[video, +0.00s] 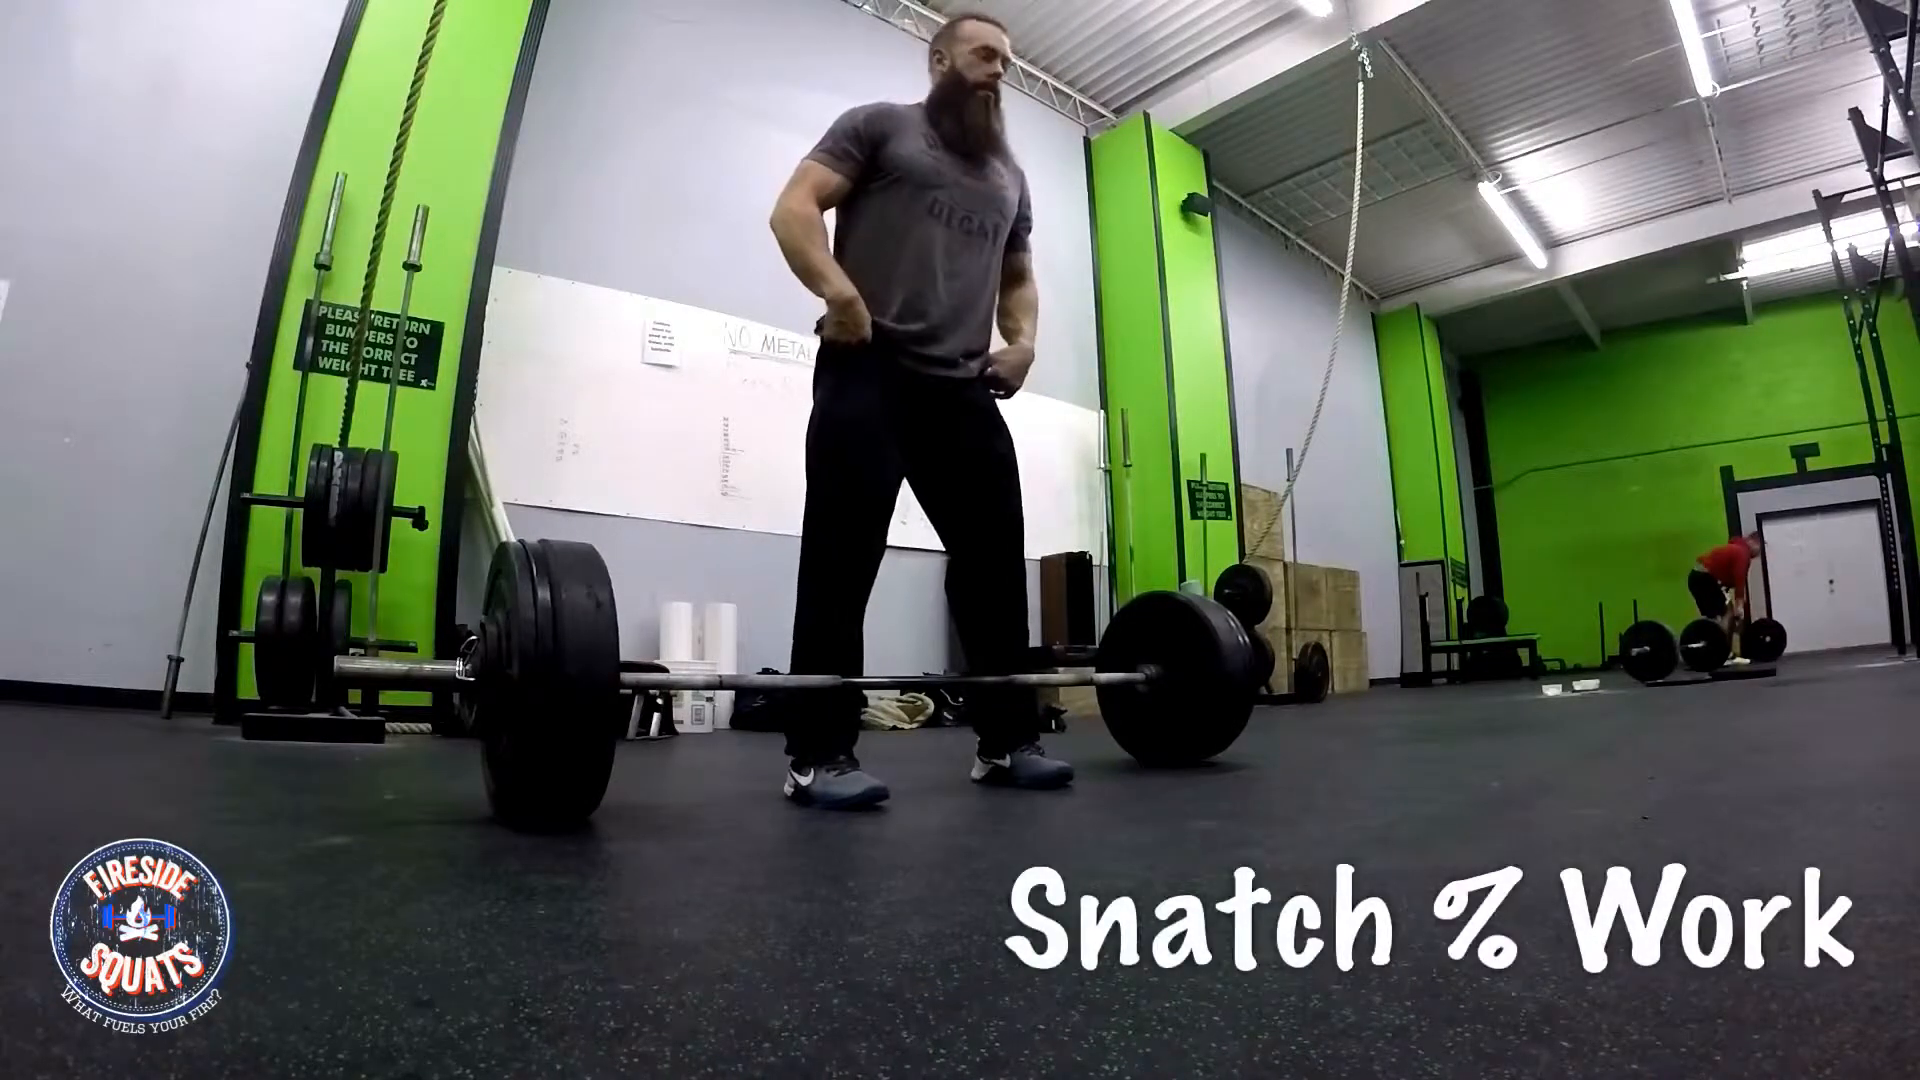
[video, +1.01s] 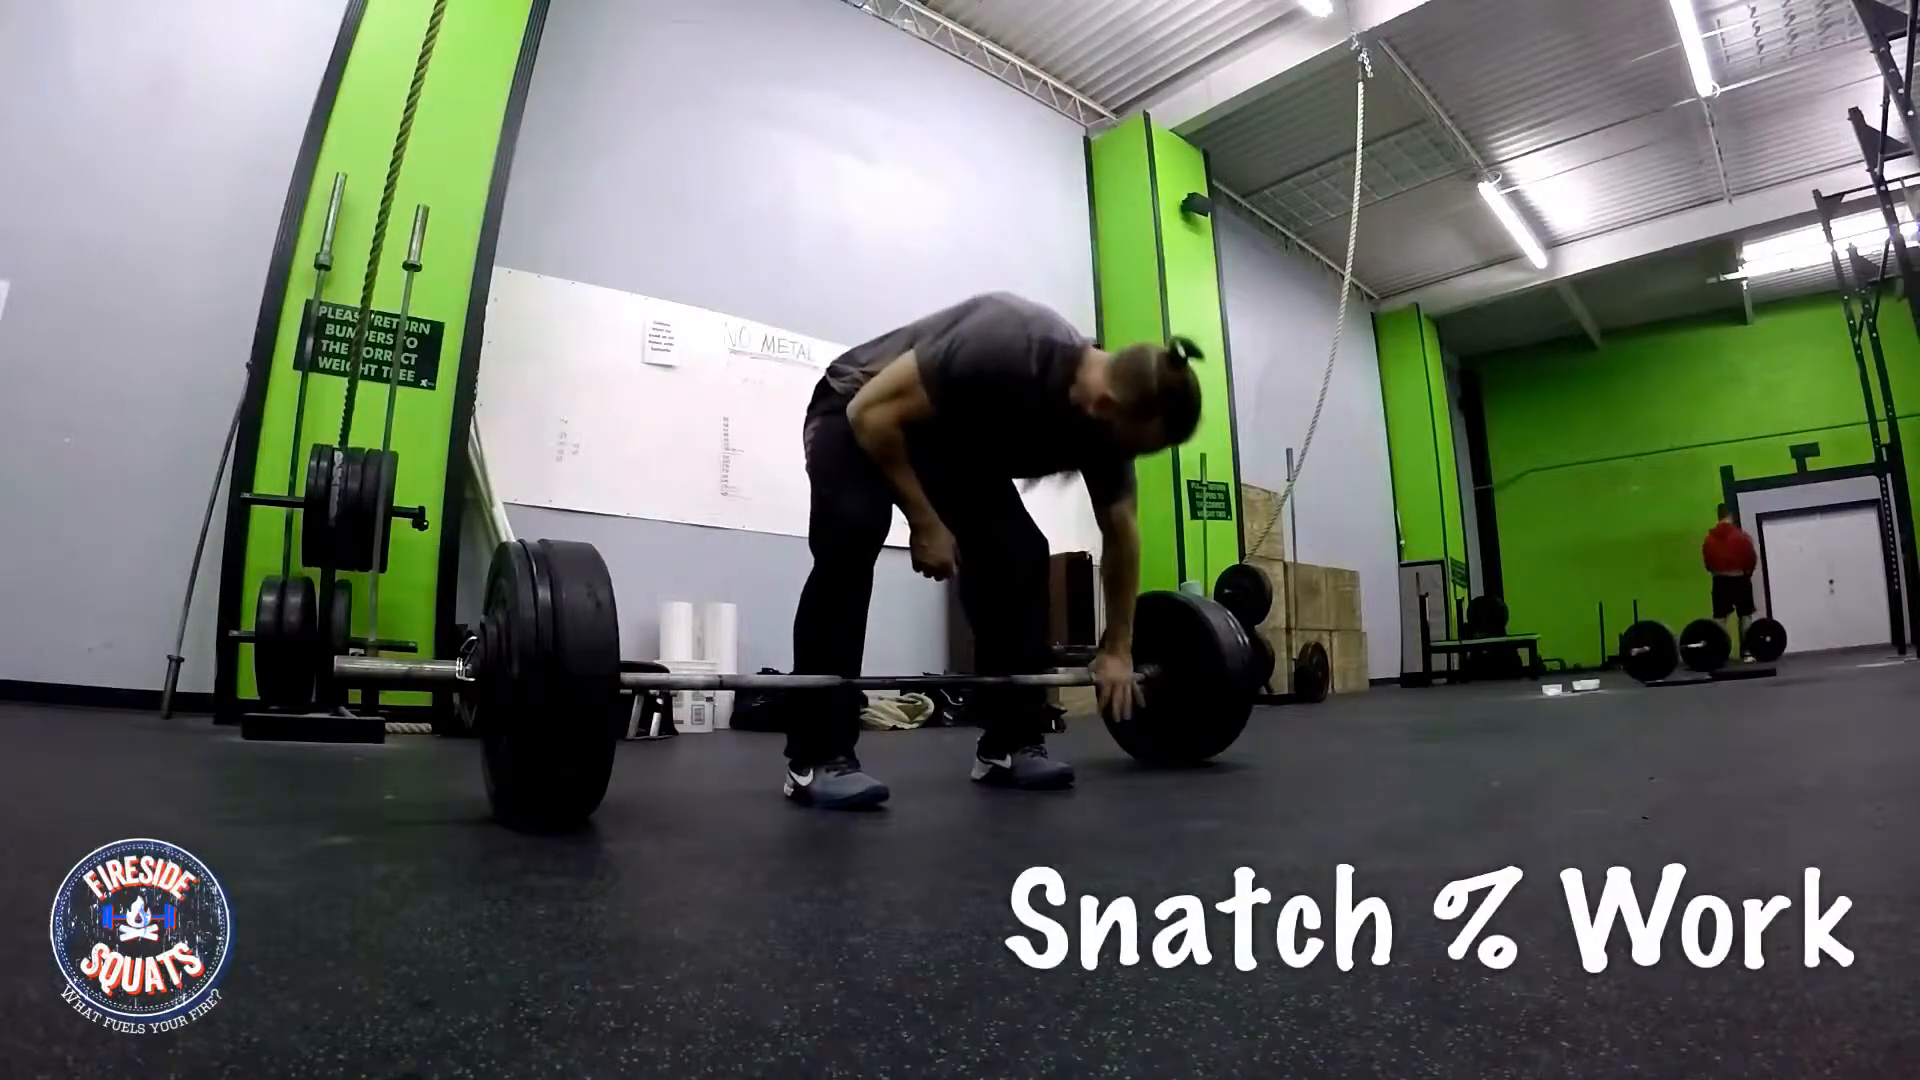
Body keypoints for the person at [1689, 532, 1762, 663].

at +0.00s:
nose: (1758, 553)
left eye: (1760, 549)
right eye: (1758, 548)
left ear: (1750, 541)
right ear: (1751, 541)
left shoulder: (1736, 549)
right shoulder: (1741, 552)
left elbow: (1739, 581)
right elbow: (1739, 580)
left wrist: (1739, 605)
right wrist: (1739, 606)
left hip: (1698, 575)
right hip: (1704, 577)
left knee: (1712, 616)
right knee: (1725, 614)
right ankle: (1723, 654)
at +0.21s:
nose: (1745, 534)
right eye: (1744, 531)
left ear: (1729, 530)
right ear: (1740, 530)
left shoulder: (1718, 539)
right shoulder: (1738, 544)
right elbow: (1739, 569)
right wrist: (1740, 593)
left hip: (1699, 573)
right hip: (1715, 574)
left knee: (1708, 615)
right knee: (1725, 613)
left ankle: (1710, 651)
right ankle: (1726, 652)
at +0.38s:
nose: (1728, 524)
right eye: (1728, 521)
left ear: (1714, 521)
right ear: (1728, 521)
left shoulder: (1706, 535)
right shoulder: (1732, 536)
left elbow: (1699, 559)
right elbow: (1738, 562)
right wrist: (1741, 585)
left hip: (1700, 573)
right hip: (1717, 573)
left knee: (1710, 614)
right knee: (1726, 611)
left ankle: (1711, 650)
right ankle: (1726, 650)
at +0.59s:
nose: (1723, 518)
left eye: (1721, 516)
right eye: (1722, 516)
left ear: (1706, 518)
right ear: (1720, 516)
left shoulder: (1700, 535)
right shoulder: (1728, 533)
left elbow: (1693, 561)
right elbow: (1738, 557)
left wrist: (1700, 571)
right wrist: (1742, 577)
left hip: (1705, 574)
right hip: (1725, 573)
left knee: (1710, 612)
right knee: (1735, 609)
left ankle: (1712, 647)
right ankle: (1731, 646)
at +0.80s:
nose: (1720, 519)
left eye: (1714, 518)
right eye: (1721, 517)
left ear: (1709, 519)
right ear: (1722, 517)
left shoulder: (1704, 537)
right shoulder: (1731, 534)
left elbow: (1700, 559)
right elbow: (1742, 556)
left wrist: (1703, 572)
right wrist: (1748, 575)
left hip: (1712, 578)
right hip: (1732, 577)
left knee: (1714, 616)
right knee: (1739, 616)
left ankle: (1715, 653)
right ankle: (1745, 651)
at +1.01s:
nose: (1728, 519)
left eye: (1725, 517)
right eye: (1730, 516)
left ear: (1718, 517)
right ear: (1731, 516)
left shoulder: (1710, 538)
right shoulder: (1741, 536)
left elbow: (1707, 559)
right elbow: (1751, 557)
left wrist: (1713, 570)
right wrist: (1747, 573)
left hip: (1719, 578)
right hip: (1740, 578)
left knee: (1720, 617)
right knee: (1745, 616)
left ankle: (1720, 654)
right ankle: (1746, 652)